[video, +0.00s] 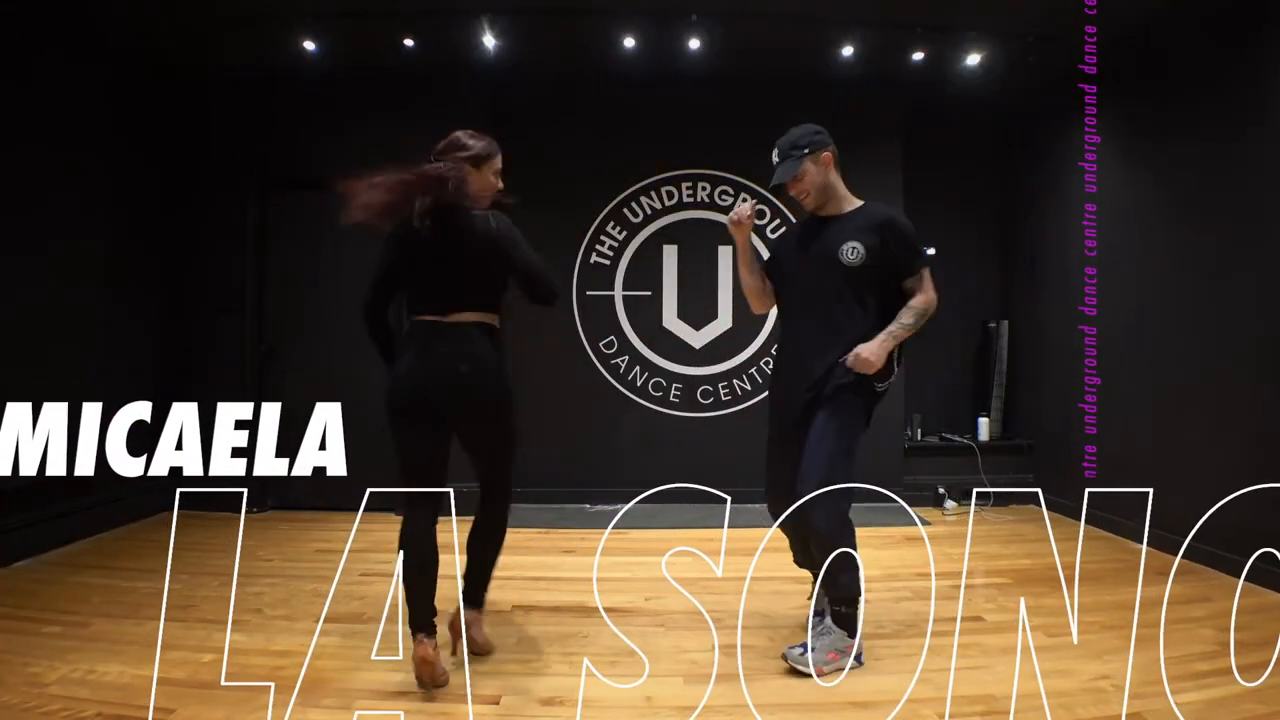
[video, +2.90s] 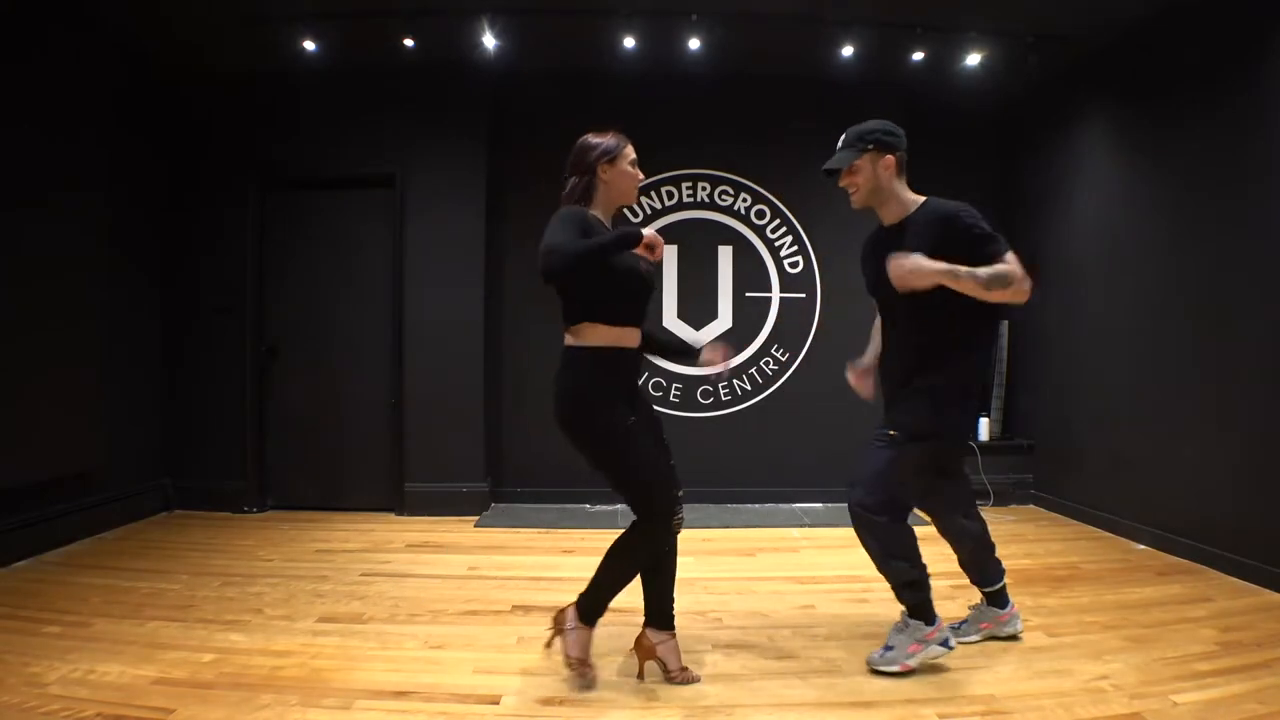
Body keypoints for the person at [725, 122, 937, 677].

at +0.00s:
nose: (791, 188)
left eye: (796, 175)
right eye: (785, 181)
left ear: (827, 160)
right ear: (786, 182)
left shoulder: (880, 225)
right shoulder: (791, 239)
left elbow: (925, 297)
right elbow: (760, 301)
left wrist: (884, 342)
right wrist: (743, 242)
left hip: (847, 381)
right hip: (791, 386)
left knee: (821, 489)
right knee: (784, 501)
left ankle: (843, 631)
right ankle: (834, 611)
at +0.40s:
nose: (771, 197)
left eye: (771, 182)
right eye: (766, 187)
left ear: (800, 161)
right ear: (798, 166)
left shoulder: (840, 213)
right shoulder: (825, 217)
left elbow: (872, 287)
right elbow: (845, 286)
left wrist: (804, 352)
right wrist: (796, 274)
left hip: (823, 396)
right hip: (808, 390)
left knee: (787, 508)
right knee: (785, 504)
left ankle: (836, 637)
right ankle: (853, 593)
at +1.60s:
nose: (755, 185)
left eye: (758, 171)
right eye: (751, 175)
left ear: (789, 155)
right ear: (785, 161)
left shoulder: (848, 212)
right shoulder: (810, 222)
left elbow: (903, 284)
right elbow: (826, 305)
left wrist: (828, 325)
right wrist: (772, 319)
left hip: (829, 394)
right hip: (800, 389)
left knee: (797, 508)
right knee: (788, 508)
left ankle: (851, 633)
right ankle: (825, 618)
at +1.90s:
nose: (761, 174)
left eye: (768, 163)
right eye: (759, 165)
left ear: (801, 158)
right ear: (800, 162)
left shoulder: (843, 218)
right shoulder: (826, 220)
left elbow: (878, 296)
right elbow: (854, 297)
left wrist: (805, 347)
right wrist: (804, 300)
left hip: (860, 402)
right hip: (833, 398)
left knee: (822, 509)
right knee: (785, 485)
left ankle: (851, 637)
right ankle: (859, 591)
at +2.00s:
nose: (774, 167)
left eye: (783, 156)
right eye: (774, 158)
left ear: (818, 157)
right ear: (813, 160)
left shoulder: (862, 214)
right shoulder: (833, 226)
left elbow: (928, 276)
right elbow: (845, 298)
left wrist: (859, 340)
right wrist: (795, 279)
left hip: (865, 400)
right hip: (847, 397)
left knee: (818, 515)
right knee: (841, 509)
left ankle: (853, 638)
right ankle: (932, 586)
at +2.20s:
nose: (794, 166)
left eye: (803, 155)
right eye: (794, 157)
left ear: (838, 158)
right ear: (828, 162)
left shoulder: (887, 216)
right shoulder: (840, 233)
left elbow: (966, 264)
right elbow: (853, 316)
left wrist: (889, 304)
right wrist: (792, 312)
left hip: (883, 405)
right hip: (863, 403)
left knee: (827, 517)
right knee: (899, 509)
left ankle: (853, 638)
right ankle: (961, 608)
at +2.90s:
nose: (843, 182)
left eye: (851, 169)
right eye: (840, 173)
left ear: (887, 163)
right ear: (870, 172)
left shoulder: (951, 220)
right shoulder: (876, 247)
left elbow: (1018, 284)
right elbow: (889, 312)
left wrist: (938, 272)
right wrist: (870, 358)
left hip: (947, 400)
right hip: (911, 402)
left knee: (873, 503)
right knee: (949, 502)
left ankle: (922, 623)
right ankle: (999, 606)